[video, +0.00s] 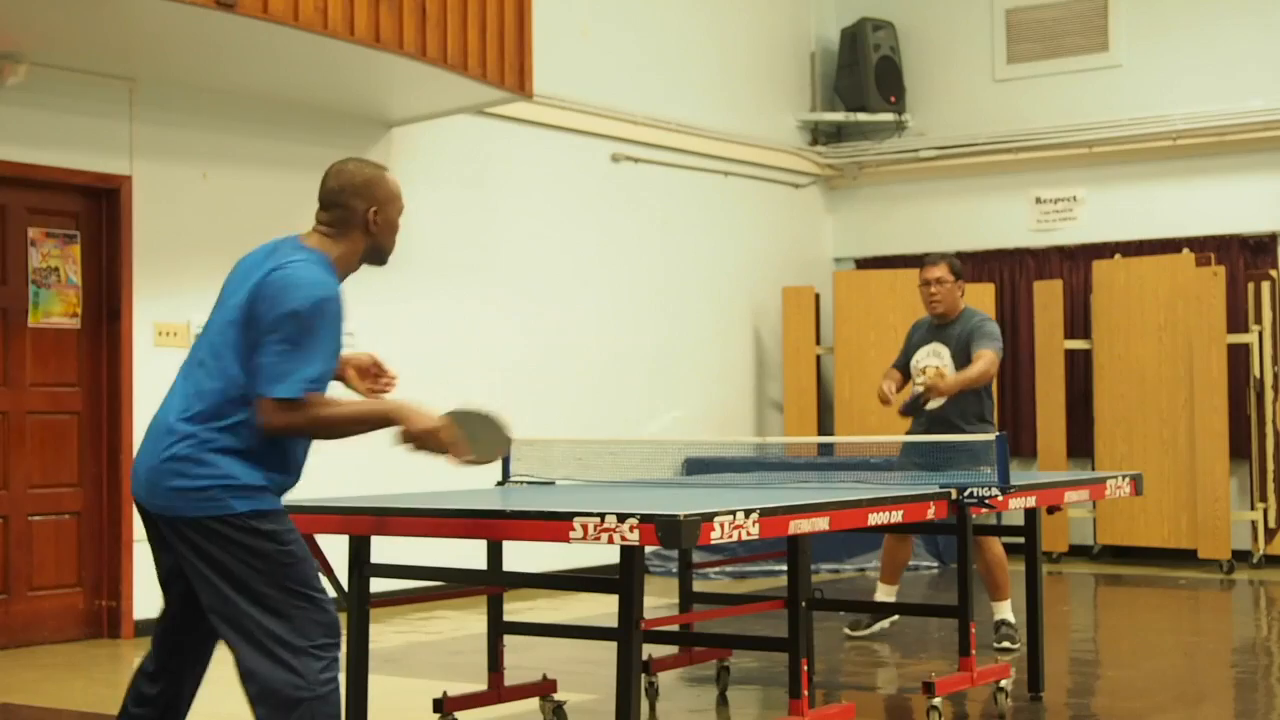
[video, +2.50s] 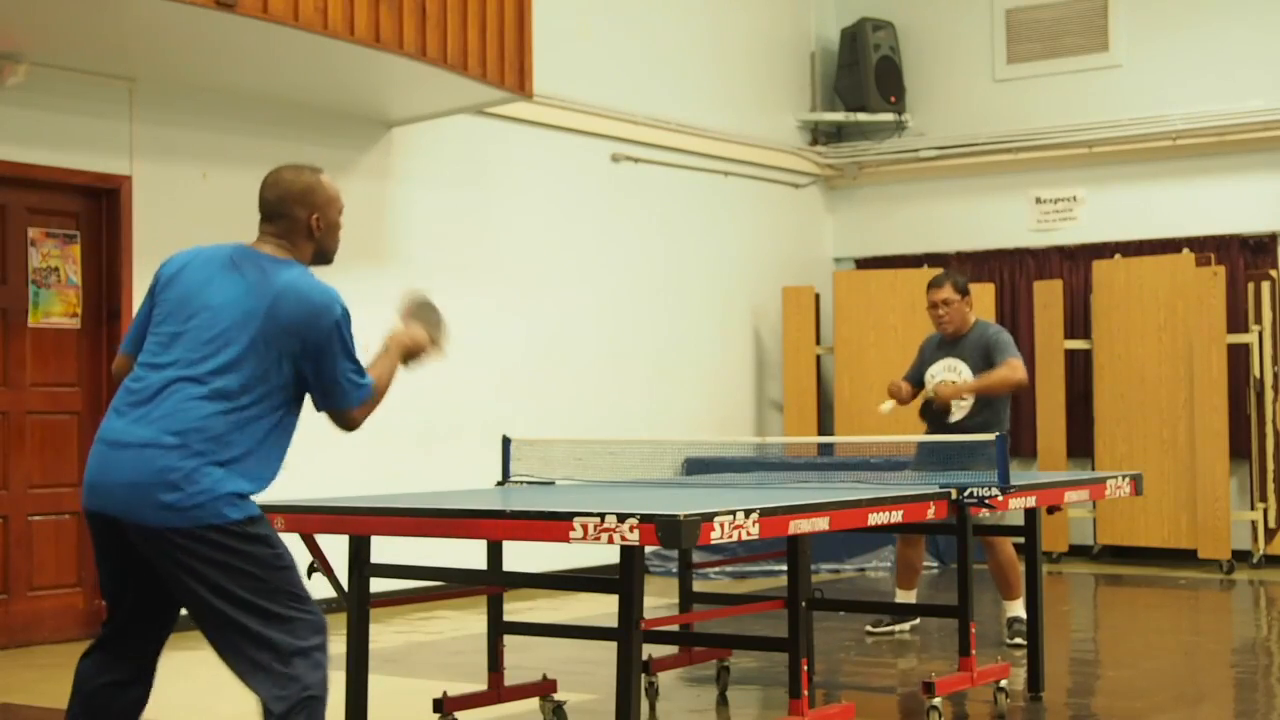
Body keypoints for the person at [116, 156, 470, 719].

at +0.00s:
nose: (399, 226)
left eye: (400, 214)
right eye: (396, 214)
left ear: (329, 212)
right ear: (370, 217)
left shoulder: (269, 260)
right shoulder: (309, 286)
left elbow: (253, 353)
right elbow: (280, 412)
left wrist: (338, 365)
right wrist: (395, 413)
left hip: (167, 477)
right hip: (216, 487)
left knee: (188, 627)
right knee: (307, 638)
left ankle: (142, 714)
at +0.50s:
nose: (319, 197)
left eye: (319, 185)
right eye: (315, 184)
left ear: (247, 182)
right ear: (286, 185)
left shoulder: (170, 238)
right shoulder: (283, 261)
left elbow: (180, 328)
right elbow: (329, 369)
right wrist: (343, 305)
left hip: (117, 474)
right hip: (199, 481)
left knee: (145, 632)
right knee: (275, 637)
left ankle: (127, 717)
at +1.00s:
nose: (344, 231)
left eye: (342, 219)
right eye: (336, 220)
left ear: (293, 224)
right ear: (304, 225)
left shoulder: (224, 276)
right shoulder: (241, 294)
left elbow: (197, 371)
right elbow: (212, 419)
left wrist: (288, 371)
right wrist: (319, 422)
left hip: (125, 491)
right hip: (168, 497)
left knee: (162, 633)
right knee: (275, 635)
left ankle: (110, 717)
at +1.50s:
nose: (340, 226)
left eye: (339, 214)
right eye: (336, 215)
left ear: (265, 218)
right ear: (313, 219)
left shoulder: (188, 269)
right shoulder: (316, 298)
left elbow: (135, 369)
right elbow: (380, 399)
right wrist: (427, 329)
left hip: (117, 490)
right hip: (208, 503)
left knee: (145, 620)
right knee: (317, 640)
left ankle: (104, 714)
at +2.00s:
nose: (351, 234)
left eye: (349, 221)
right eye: (341, 221)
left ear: (298, 227)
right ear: (304, 228)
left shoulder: (210, 269)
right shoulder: (254, 305)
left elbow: (192, 349)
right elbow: (245, 437)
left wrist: (268, 348)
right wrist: (338, 425)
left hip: (120, 490)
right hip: (176, 501)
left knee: (154, 632)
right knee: (275, 638)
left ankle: (94, 717)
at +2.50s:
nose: (341, 229)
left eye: (341, 218)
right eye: (338, 218)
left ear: (268, 217)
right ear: (313, 222)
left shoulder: (181, 266)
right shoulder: (314, 303)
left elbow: (124, 366)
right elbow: (351, 411)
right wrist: (399, 345)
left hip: (107, 486)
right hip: (194, 499)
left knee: (133, 627)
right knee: (296, 638)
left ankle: (88, 714)